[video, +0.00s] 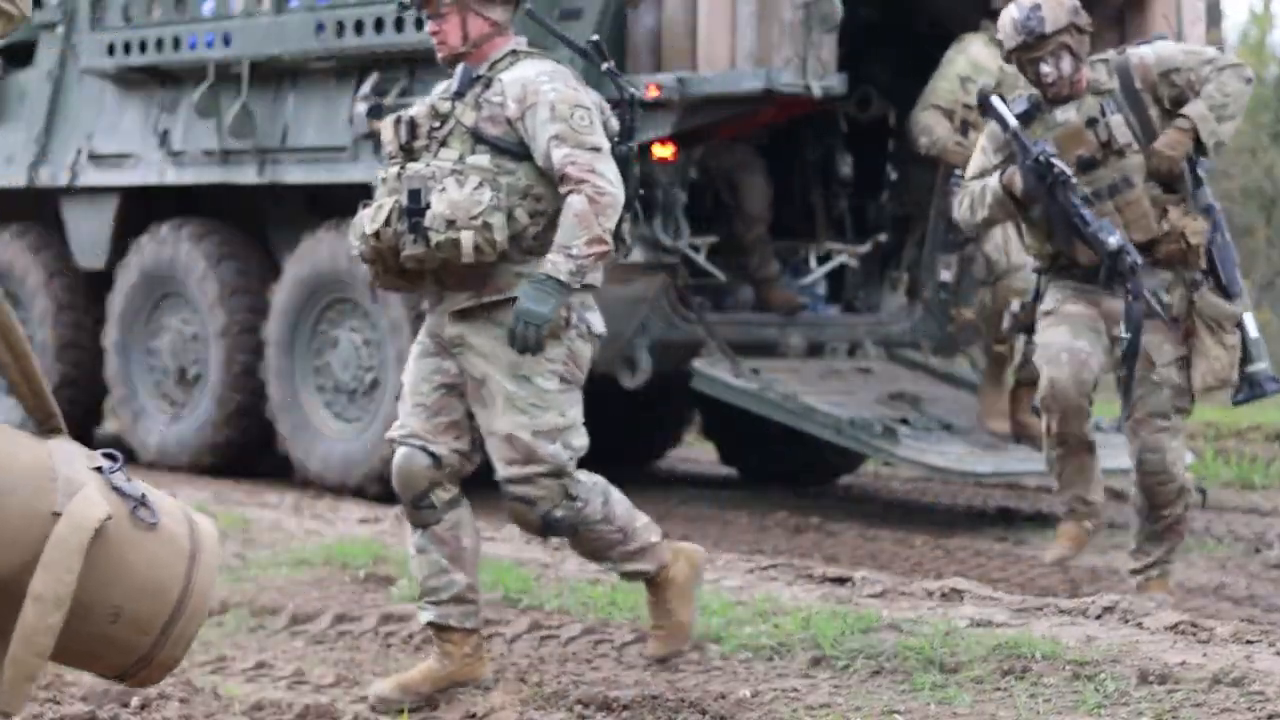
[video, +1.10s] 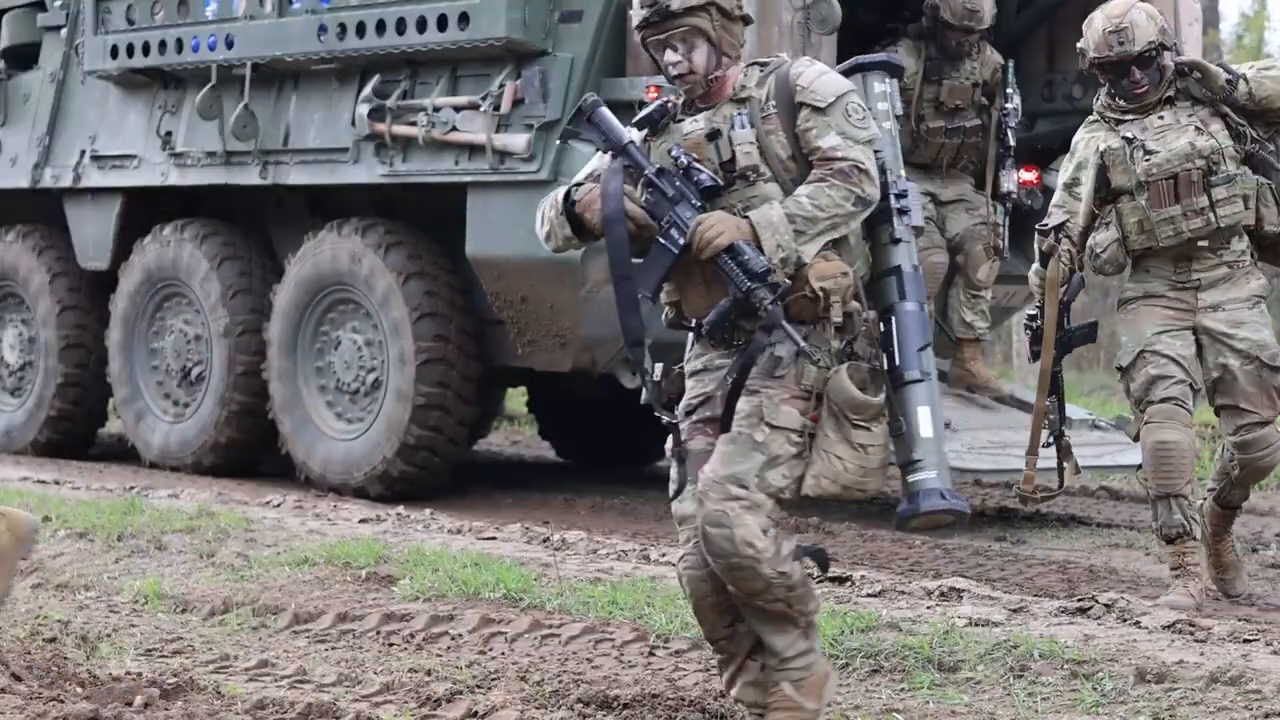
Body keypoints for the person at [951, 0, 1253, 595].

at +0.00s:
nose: (1050, 69)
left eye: (1057, 54)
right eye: (1035, 61)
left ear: (1079, 41)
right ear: (1019, 64)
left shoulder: (1134, 73)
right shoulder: (1010, 122)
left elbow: (1231, 74)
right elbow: (965, 210)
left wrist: (1186, 130)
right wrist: (1012, 185)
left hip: (1157, 282)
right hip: (1073, 287)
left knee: (1154, 441)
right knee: (1063, 384)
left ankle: (1156, 568)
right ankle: (1077, 510)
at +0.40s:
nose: (961, 23)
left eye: (968, 7)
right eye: (946, 16)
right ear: (936, 21)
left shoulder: (1064, 33)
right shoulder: (924, 87)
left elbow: (1127, 88)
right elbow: (880, 185)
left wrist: (1081, 118)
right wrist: (930, 141)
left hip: (1075, 248)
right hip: (990, 263)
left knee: (1063, 390)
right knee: (1010, 428)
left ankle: (1097, 531)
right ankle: (1047, 570)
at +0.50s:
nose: (938, 13)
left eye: (946, 1)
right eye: (926, 8)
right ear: (916, 15)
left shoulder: (1038, 25)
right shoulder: (901, 81)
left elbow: (1109, 89)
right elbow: (850, 178)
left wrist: (1050, 121)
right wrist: (901, 136)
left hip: (1051, 253)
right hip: (965, 268)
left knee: (1027, 405)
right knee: (989, 441)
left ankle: (1026, 586)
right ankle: (1045, 569)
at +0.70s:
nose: (877, 37)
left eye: (889, 20)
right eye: (865, 27)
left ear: (923, 18)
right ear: (856, 35)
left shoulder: (990, 60)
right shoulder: (846, 104)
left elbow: (1048, 142)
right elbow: (756, 186)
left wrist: (978, 177)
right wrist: (809, 150)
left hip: (989, 310)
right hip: (898, 320)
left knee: (968, 479)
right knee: (884, 473)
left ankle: (979, 642)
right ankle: (978, 540)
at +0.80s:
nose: (837, 48)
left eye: (849, 29)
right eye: (825, 37)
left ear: (884, 25)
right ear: (815, 44)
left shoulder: (960, 73)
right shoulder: (812, 114)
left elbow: (1004, 162)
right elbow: (702, 187)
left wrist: (924, 205)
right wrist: (753, 164)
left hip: (958, 324)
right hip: (864, 325)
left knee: (946, 514)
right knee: (818, 466)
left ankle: (976, 645)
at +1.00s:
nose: (728, 63)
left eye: (738, 46)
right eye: (718, 52)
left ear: (781, 39)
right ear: (715, 60)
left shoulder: (856, 87)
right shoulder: (719, 131)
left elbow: (903, 180)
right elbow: (600, 201)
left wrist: (805, 221)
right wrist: (635, 186)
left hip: (851, 334)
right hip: (760, 342)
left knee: (834, 534)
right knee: (744, 542)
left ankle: (930, 621)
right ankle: (769, 698)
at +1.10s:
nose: (673, 64)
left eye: (682, 46)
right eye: (662, 53)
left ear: (721, 37)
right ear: (656, 59)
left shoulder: (806, 86)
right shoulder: (663, 127)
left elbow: (854, 182)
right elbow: (555, 222)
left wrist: (752, 229)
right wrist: (586, 204)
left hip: (795, 337)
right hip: (709, 346)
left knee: (728, 510)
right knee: (699, 549)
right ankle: (755, 697)